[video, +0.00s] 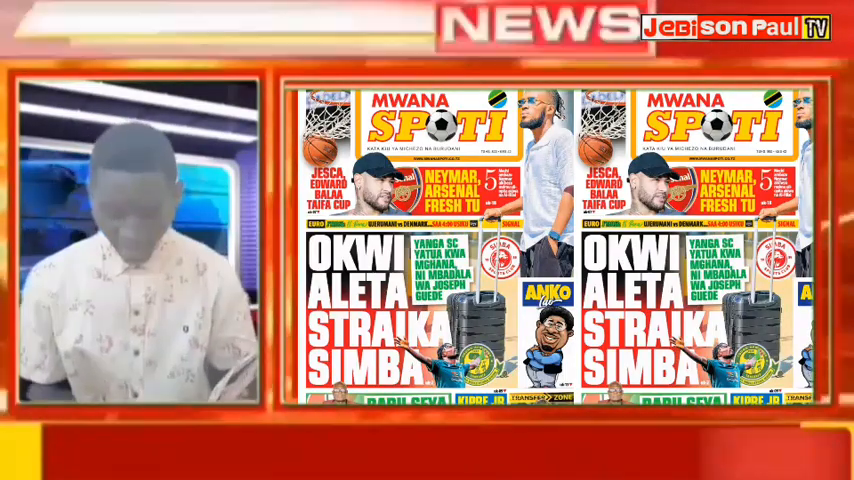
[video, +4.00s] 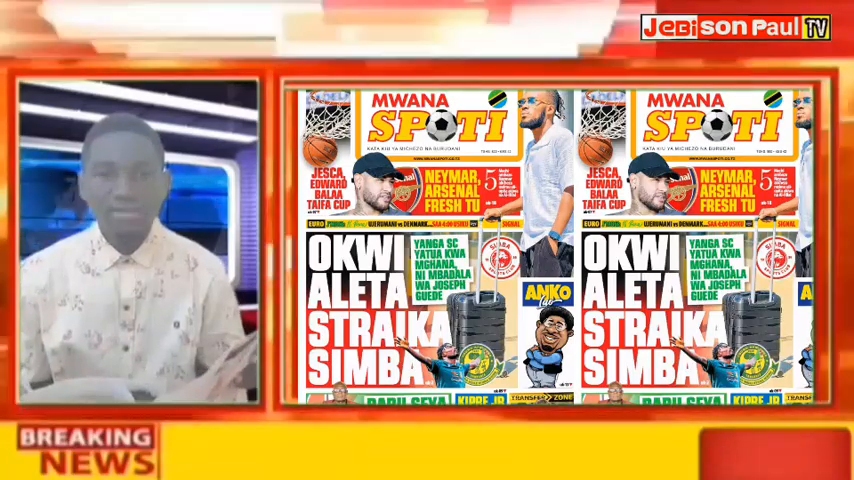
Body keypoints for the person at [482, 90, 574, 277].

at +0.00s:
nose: (523, 107)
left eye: (531, 101)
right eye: (522, 103)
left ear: (549, 110)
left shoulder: (563, 138)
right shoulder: (531, 147)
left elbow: (571, 192)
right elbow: (532, 196)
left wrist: (553, 238)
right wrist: (502, 211)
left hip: (552, 242)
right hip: (530, 243)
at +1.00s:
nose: (523, 107)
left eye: (531, 101)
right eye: (522, 103)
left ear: (549, 110)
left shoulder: (563, 138)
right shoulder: (531, 147)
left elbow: (571, 192)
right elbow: (532, 196)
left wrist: (553, 238)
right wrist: (502, 211)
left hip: (552, 242)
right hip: (530, 243)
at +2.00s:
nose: (523, 107)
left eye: (531, 101)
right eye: (522, 103)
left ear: (549, 110)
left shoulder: (563, 138)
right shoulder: (531, 147)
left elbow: (571, 192)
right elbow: (532, 196)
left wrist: (553, 238)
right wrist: (502, 211)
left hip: (552, 242)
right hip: (530, 243)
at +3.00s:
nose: (523, 107)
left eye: (531, 101)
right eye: (522, 103)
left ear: (549, 110)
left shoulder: (563, 138)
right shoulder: (531, 147)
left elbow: (571, 192)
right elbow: (532, 196)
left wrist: (554, 238)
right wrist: (502, 211)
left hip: (551, 241)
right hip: (530, 242)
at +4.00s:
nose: (523, 107)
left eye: (531, 101)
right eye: (522, 103)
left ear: (549, 110)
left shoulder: (563, 139)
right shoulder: (531, 147)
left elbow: (571, 192)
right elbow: (532, 196)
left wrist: (554, 238)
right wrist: (502, 211)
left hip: (552, 241)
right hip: (530, 242)